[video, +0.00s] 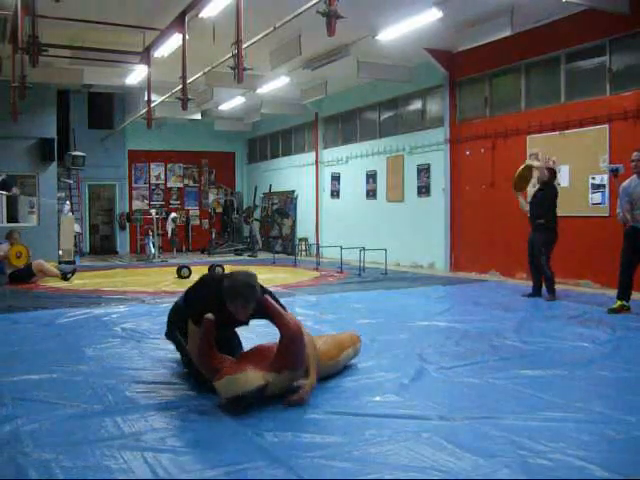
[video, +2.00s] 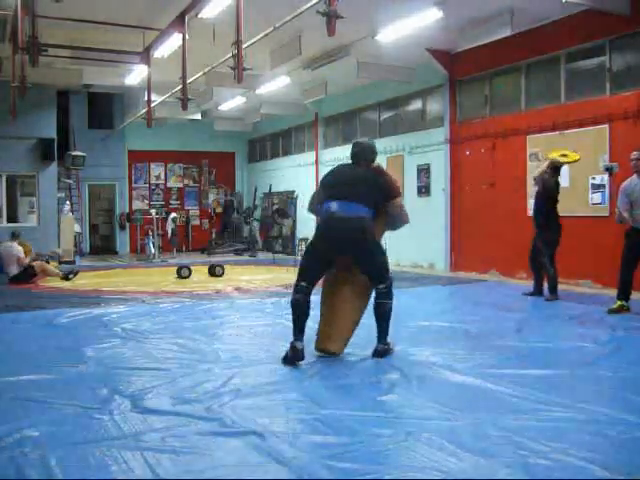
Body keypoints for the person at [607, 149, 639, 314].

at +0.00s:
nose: (634, 164)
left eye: (636, 161)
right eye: (633, 161)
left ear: (639, 163)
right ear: (631, 164)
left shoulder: (630, 187)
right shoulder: (627, 186)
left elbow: (624, 209)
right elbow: (623, 208)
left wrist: (629, 220)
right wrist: (627, 221)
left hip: (634, 228)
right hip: (633, 228)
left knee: (628, 264)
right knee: (626, 264)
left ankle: (623, 299)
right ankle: (623, 299)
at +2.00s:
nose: (634, 163)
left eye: (636, 160)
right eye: (633, 160)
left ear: (639, 162)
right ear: (631, 163)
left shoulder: (629, 186)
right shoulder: (627, 186)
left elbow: (624, 209)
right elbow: (623, 209)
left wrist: (629, 222)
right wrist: (629, 222)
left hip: (634, 229)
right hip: (633, 229)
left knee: (628, 265)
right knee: (627, 265)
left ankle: (623, 299)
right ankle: (622, 299)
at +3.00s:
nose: (634, 163)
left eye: (636, 160)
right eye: (632, 160)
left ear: (639, 163)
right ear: (630, 163)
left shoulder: (628, 186)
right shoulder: (627, 185)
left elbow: (623, 207)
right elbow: (623, 206)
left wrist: (627, 216)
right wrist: (626, 217)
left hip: (635, 229)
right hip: (634, 228)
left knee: (636, 266)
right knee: (635, 266)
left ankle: (639, 300)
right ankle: (639, 299)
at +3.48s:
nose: (633, 164)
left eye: (635, 161)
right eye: (632, 161)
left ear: (639, 164)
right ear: (629, 164)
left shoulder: (627, 187)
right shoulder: (626, 186)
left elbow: (623, 212)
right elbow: (623, 211)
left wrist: (627, 218)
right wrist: (627, 218)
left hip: (634, 229)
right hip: (634, 228)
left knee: (636, 269)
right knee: (636, 269)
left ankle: (638, 300)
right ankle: (638, 300)